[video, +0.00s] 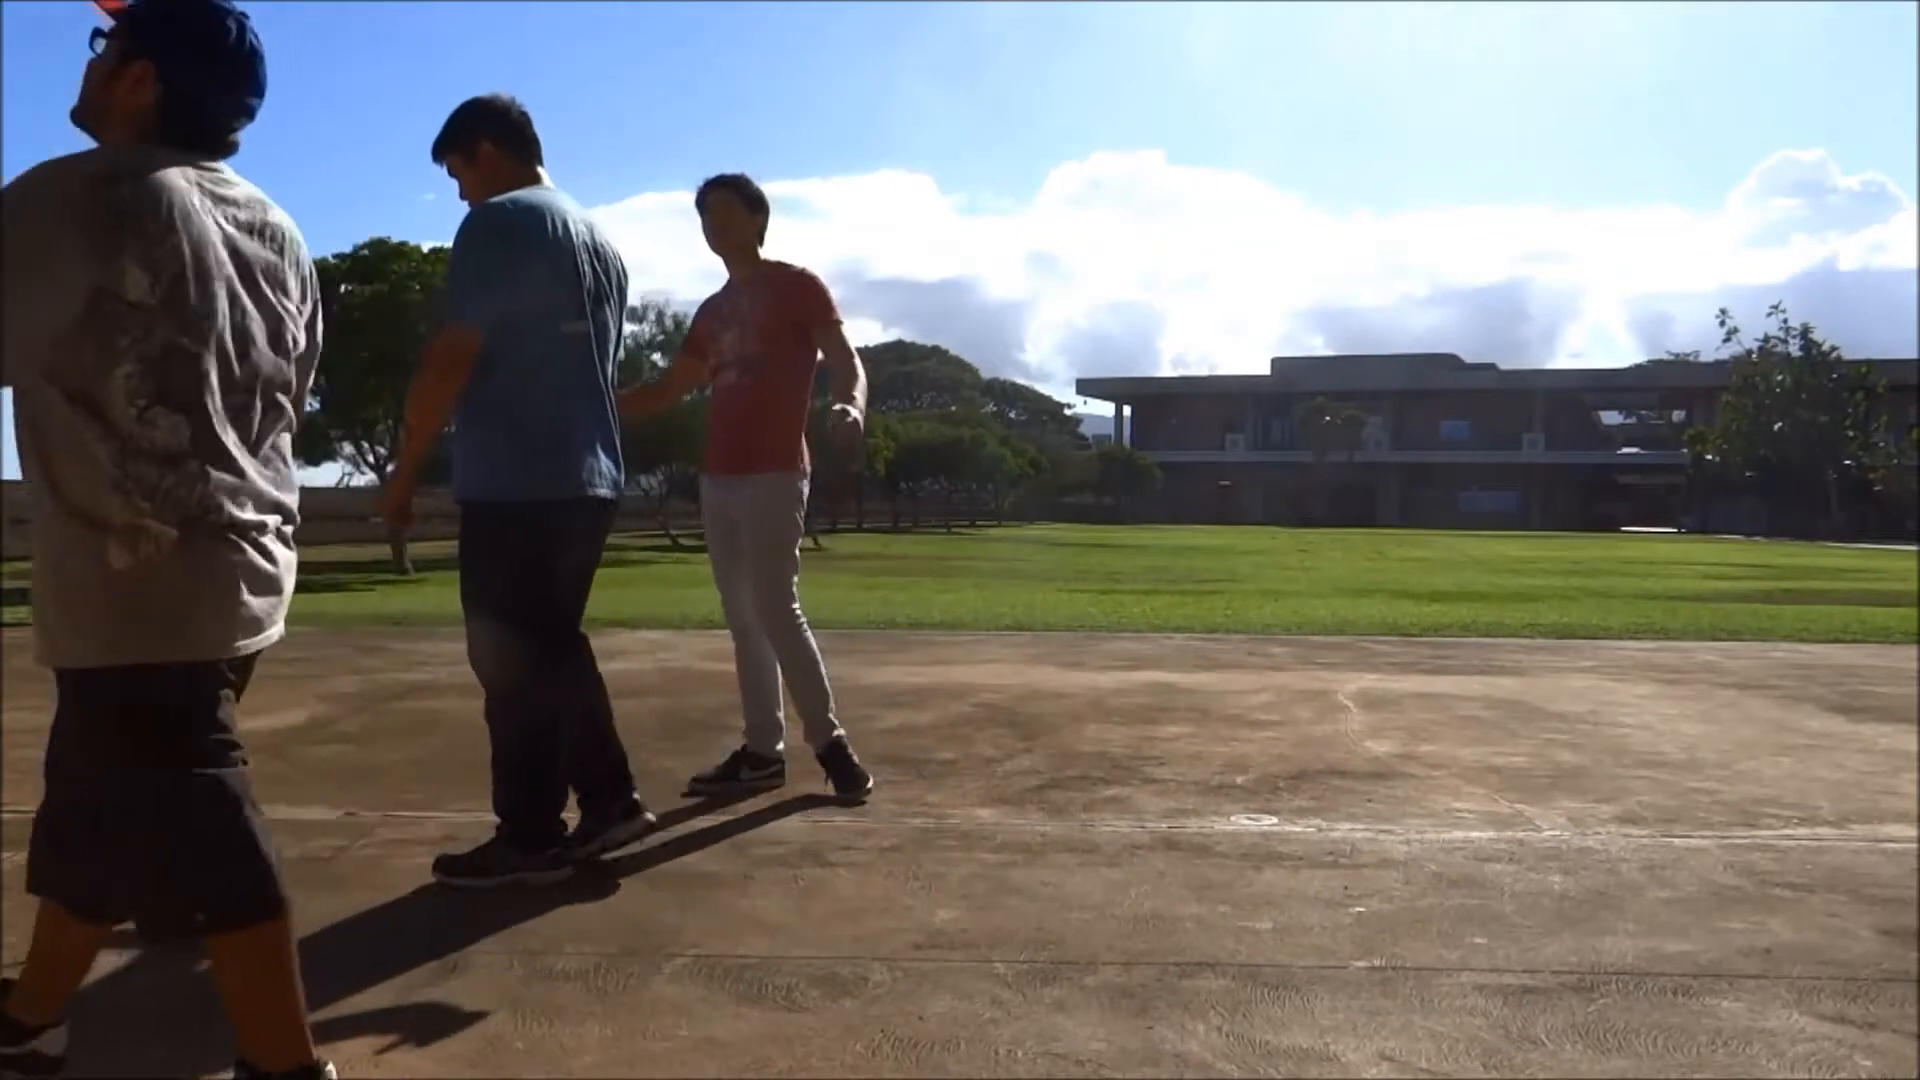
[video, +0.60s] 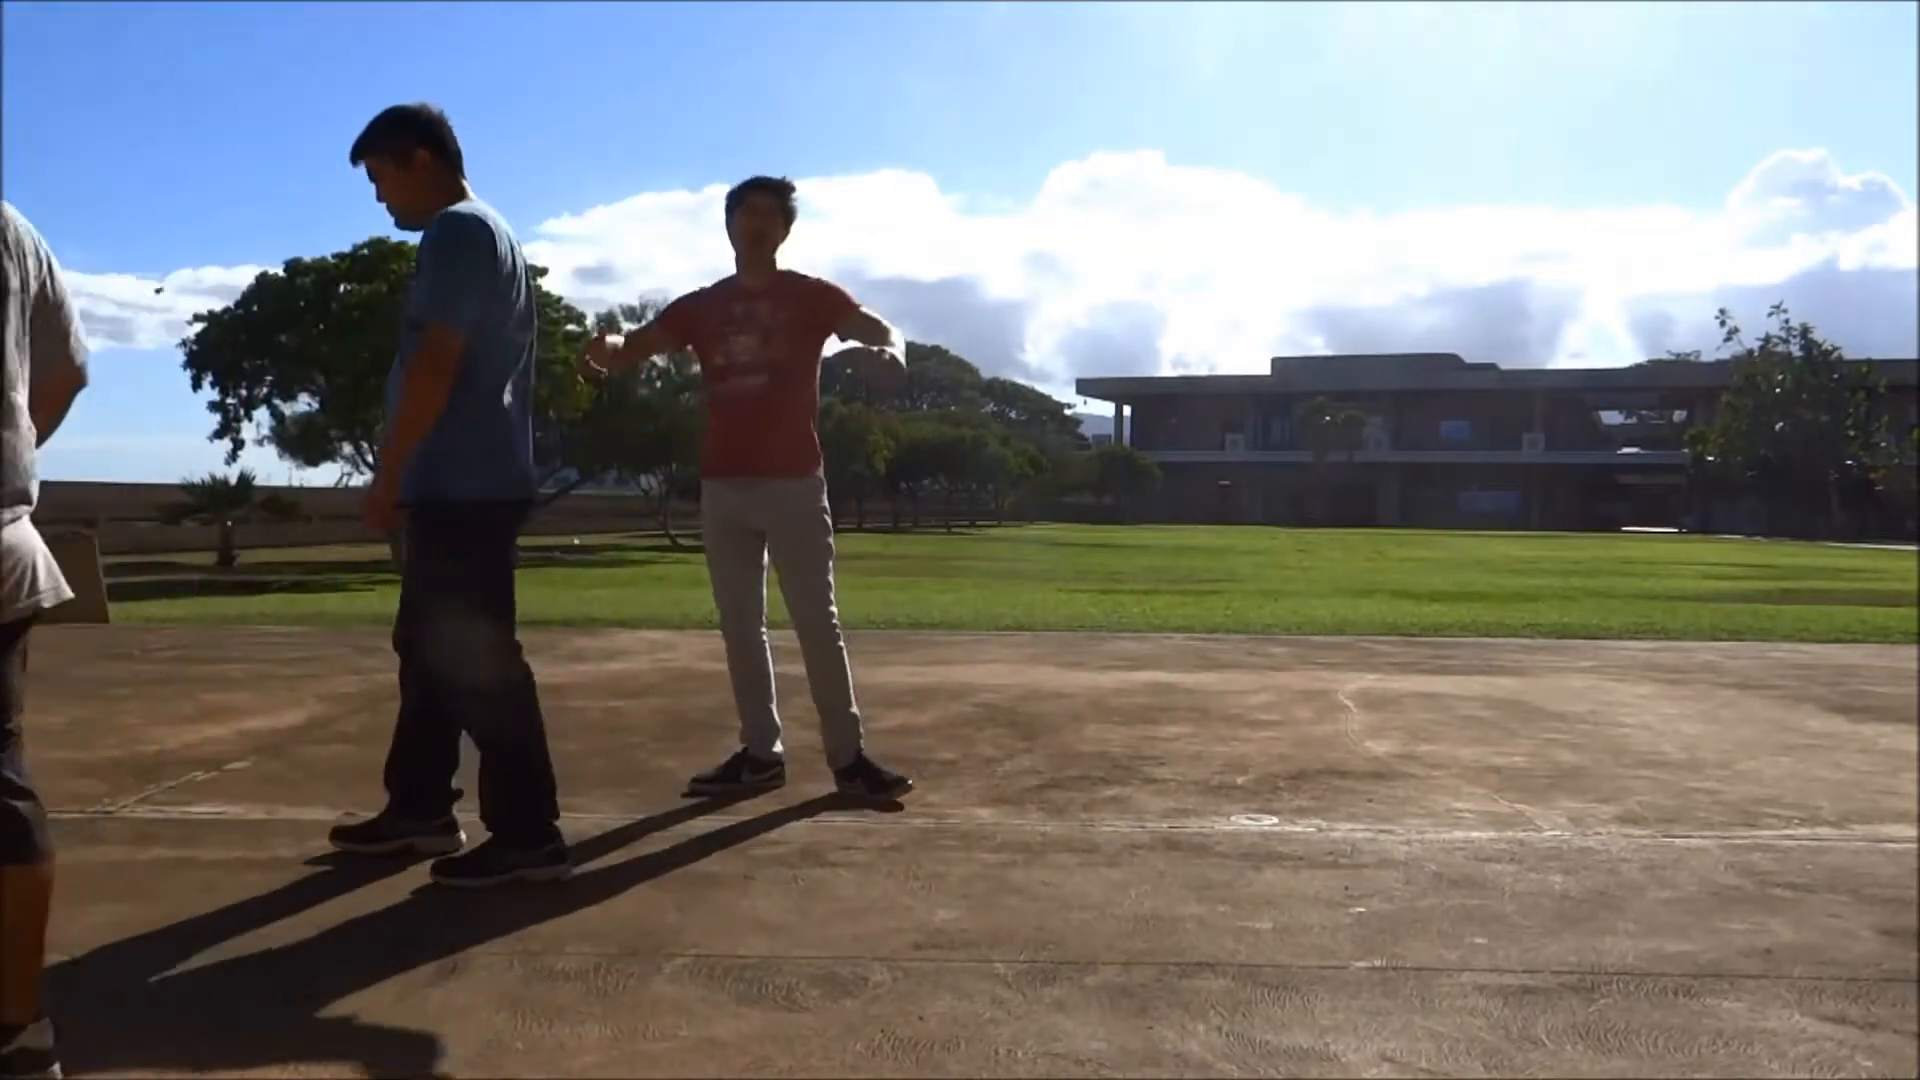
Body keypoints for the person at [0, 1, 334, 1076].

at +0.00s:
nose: (88, 76)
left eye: (104, 56)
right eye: (99, 53)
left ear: (138, 81)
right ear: (214, 101)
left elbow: (6, 339)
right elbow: (286, 400)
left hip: (124, 585)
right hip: (246, 574)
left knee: (205, 820)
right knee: (96, 803)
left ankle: (290, 1064)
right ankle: (29, 1020)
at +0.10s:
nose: (38, 89)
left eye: (53, 70)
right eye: (49, 70)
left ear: (86, 91)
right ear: (175, 115)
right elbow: (246, 398)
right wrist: (149, 476)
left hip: (44, 575)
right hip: (177, 574)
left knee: (103, 814)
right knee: (40, 813)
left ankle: (258, 1049)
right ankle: (13, 1025)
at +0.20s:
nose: (4, 90)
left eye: (13, 70)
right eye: (13, 69)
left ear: (37, 83)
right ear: (128, 103)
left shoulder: (24, 197)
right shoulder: (185, 227)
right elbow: (216, 395)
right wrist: (114, 438)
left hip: (29, 572)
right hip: (140, 571)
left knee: (4, 794)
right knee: (63, 803)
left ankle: (163, 986)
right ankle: (22, 1021)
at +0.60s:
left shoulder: (17, 236)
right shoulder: (16, 234)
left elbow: (60, 372)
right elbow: (63, 372)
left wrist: (10, 457)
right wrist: (11, 452)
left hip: (9, 541)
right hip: (11, 540)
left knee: (8, 775)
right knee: (6, 770)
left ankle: (23, 1022)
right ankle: (21, 1022)